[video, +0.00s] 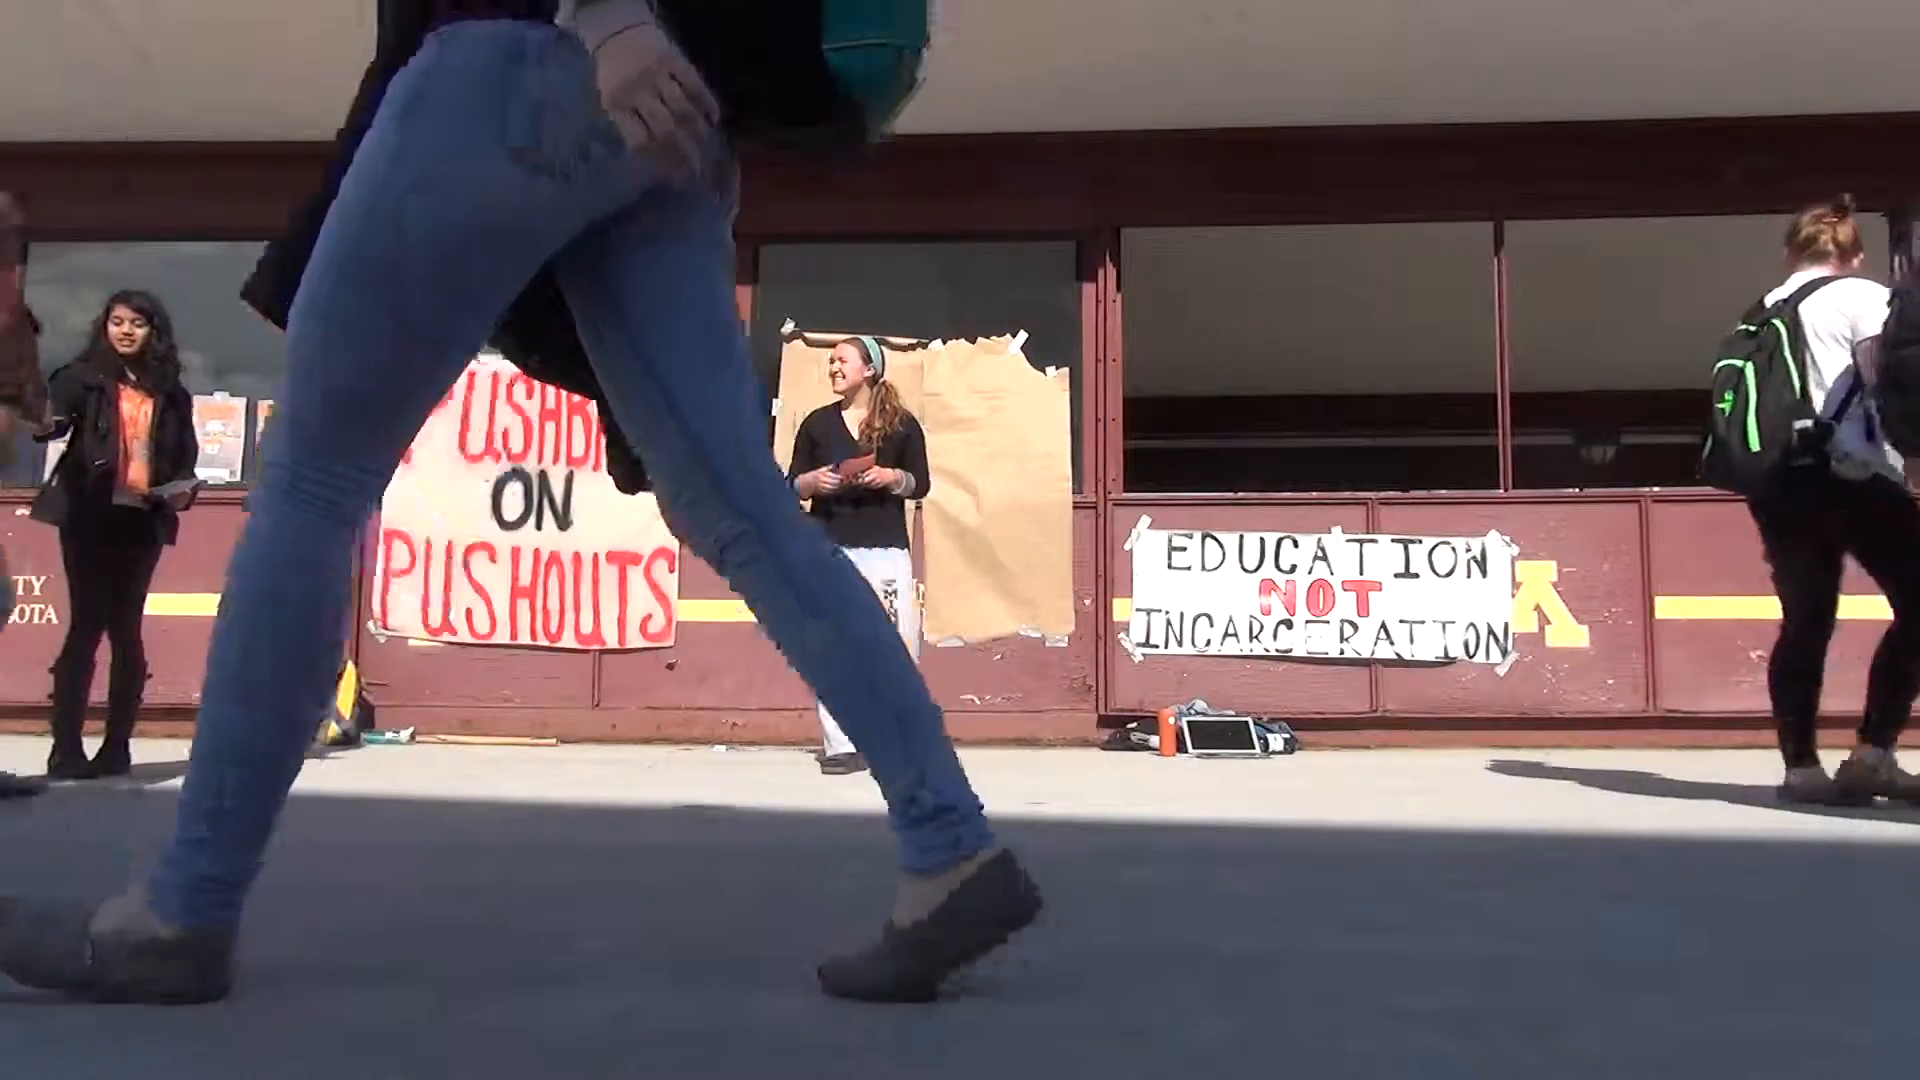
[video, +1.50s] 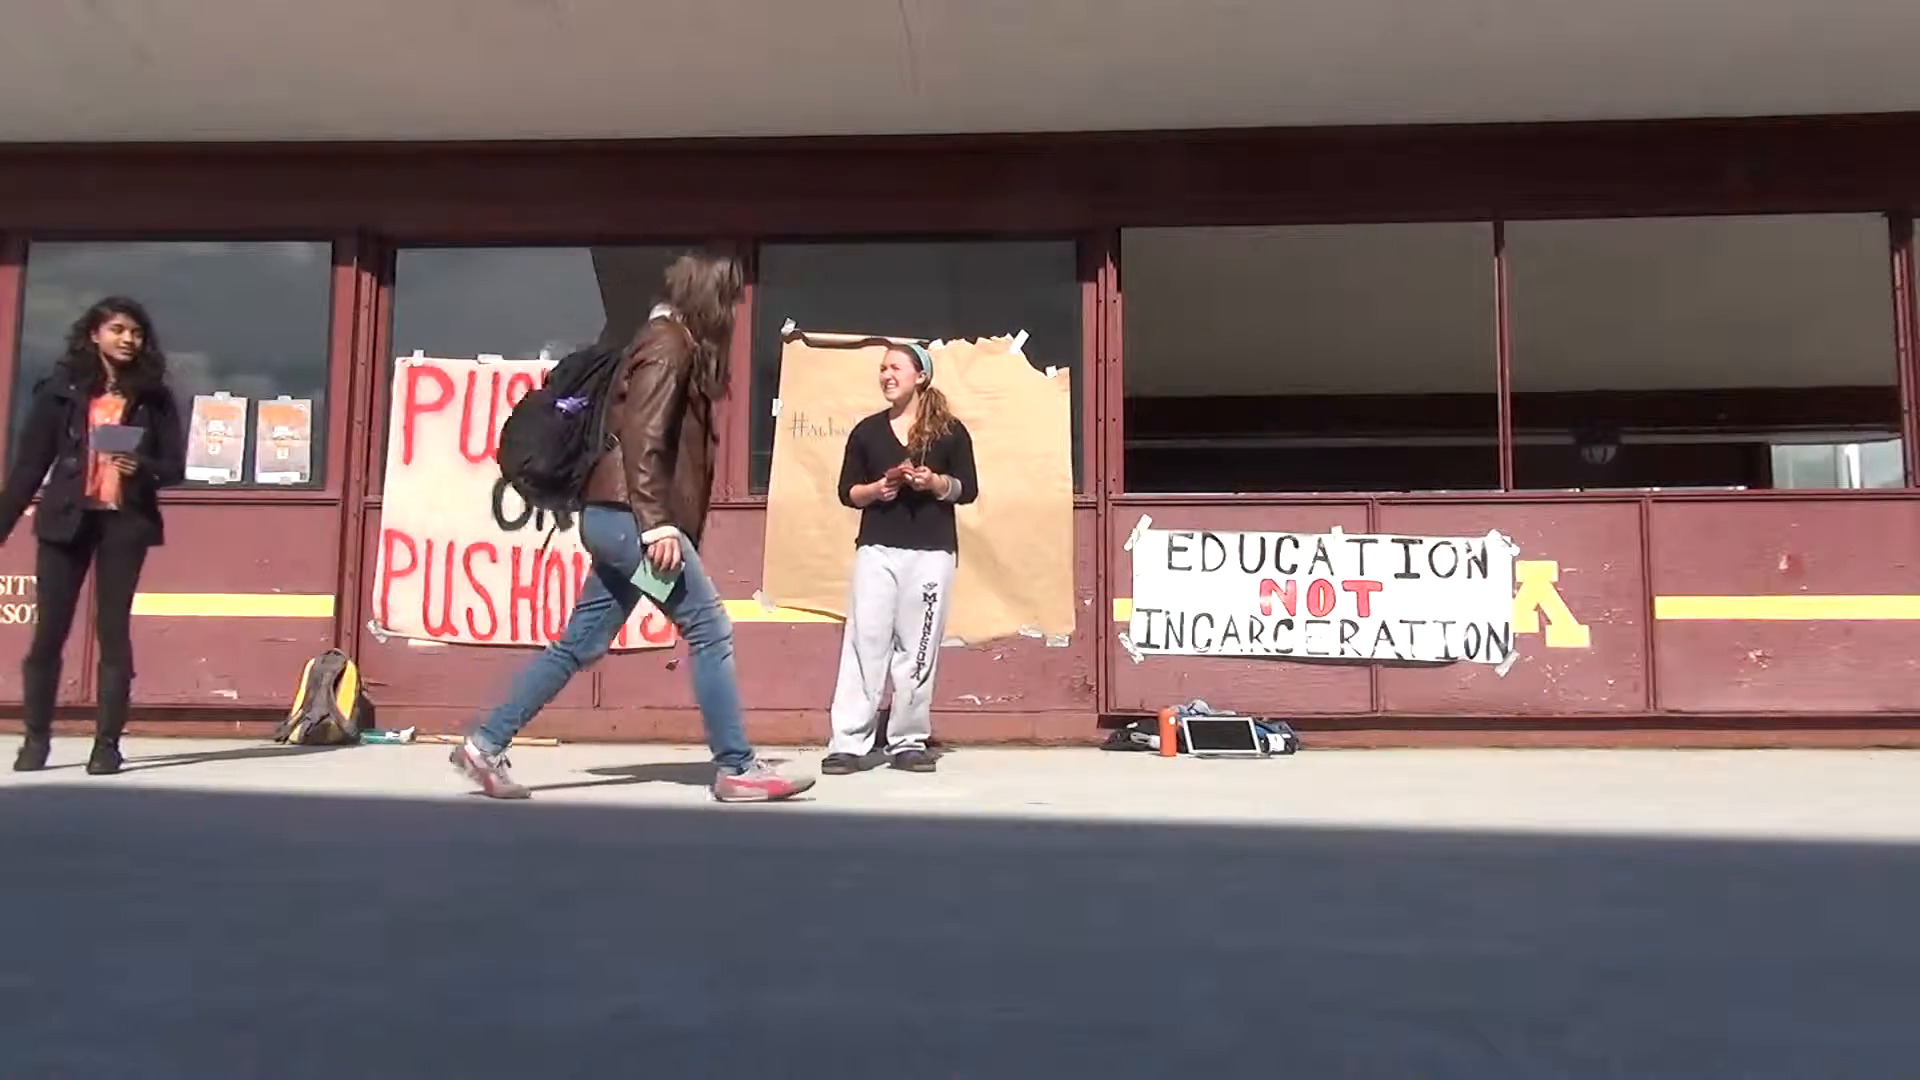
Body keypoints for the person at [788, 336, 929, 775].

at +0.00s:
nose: (833, 369)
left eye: (841, 362)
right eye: (832, 362)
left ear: (869, 368)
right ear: (840, 369)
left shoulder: (902, 423)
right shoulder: (816, 424)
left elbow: (920, 485)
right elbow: (792, 486)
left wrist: (894, 479)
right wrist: (816, 481)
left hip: (888, 552)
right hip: (830, 551)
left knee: (898, 646)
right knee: (835, 644)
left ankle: (898, 742)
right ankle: (841, 745)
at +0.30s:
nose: (832, 368)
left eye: (841, 361)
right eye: (831, 362)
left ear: (869, 368)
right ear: (835, 370)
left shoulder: (901, 423)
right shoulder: (815, 422)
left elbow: (918, 484)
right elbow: (793, 484)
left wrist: (888, 479)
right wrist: (824, 483)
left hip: (883, 546)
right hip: (827, 545)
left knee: (895, 642)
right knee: (836, 645)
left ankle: (906, 738)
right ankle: (844, 745)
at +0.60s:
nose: (841, 368)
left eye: (849, 361)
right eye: (841, 362)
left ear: (877, 368)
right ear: (848, 369)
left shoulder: (910, 423)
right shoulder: (824, 423)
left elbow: (928, 483)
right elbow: (803, 484)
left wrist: (898, 480)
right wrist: (831, 485)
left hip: (892, 547)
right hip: (837, 545)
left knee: (898, 643)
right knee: (842, 645)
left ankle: (905, 741)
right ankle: (845, 746)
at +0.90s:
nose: (857, 369)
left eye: (865, 362)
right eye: (855, 363)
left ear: (891, 368)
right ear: (860, 371)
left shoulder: (925, 424)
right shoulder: (840, 424)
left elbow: (942, 484)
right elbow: (819, 486)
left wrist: (913, 483)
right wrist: (853, 487)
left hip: (907, 548)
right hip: (852, 546)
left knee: (904, 645)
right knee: (851, 645)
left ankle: (905, 742)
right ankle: (847, 745)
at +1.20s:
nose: (874, 371)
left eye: (883, 364)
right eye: (871, 365)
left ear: (909, 371)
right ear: (870, 373)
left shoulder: (940, 428)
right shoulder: (855, 428)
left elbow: (957, 487)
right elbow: (837, 489)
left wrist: (925, 482)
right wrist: (867, 487)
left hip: (921, 550)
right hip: (867, 547)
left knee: (913, 646)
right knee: (861, 644)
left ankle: (907, 742)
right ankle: (849, 744)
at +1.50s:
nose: (886, 375)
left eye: (895, 369)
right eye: (883, 368)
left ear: (920, 376)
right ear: (881, 376)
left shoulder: (950, 431)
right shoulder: (866, 431)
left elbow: (968, 490)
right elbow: (848, 493)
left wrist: (934, 483)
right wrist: (877, 490)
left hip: (930, 551)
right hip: (876, 548)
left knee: (919, 646)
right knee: (866, 643)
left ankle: (908, 741)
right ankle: (849, 743)